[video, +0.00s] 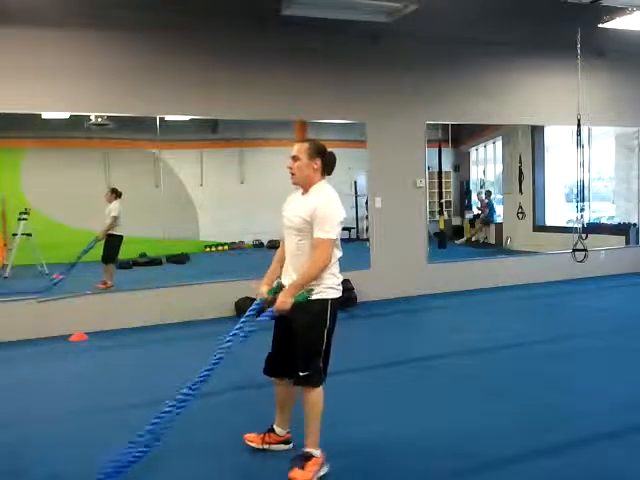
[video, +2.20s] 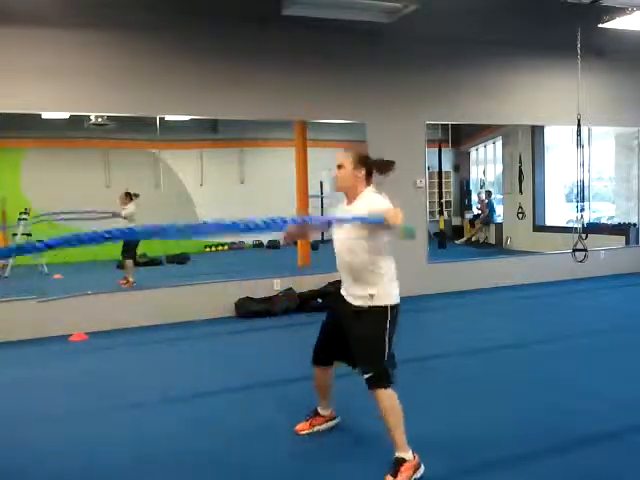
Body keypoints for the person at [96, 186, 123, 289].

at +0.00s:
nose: (106, 196)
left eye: (108, 194)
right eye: (106, 194)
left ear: (113, 195)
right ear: (113, 196)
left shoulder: (115, 205)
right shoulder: (111, 205)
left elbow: (113, 221)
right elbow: (110, 221)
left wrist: (103, 232)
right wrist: (102, 232)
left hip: (115, 234)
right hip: (111, 234)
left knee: (109, 259)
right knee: (106, 259)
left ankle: (109, 281)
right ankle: (106, 280)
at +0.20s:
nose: (110, 197)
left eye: (112, 195)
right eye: (110, 195)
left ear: (117, 196)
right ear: (116, 196)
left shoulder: (120, 206)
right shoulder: (115, 206)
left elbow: (120, 220)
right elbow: (115, 220)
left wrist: (110, 229)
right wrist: (109, 230)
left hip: (119, 235)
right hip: (115, 234)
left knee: (114, 260)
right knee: (116, 260)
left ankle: (110, 280)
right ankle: (122, 277)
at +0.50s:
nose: (115, 196)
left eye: (116, 194)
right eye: (115, 194)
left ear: (122, 194)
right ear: (121, 195)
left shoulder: (125, 204)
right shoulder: (121, 205)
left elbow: (120, 216)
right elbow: (118, 217)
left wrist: (109, 221)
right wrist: (109, 221)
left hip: (125, 232)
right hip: (122, 232)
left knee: (123, 258)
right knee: (122, 258)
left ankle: (124, 279)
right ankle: (124, 278)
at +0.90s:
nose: (120, 196)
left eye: (122, 194)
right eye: (120, 194)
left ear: (127, 194)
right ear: (125, 195)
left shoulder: (131, 204)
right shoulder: (124, 205)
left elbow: (132, 219)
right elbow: (123, 221)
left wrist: (122, 230)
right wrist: (116, 229)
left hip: (132, 233)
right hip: (125, 233)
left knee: (132, 259)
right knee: (125, 258)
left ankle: (131, 278)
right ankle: (125, 277)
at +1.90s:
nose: (124, 196)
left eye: (126, 194)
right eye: (125, 194)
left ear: (132, 196)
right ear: (130, 196)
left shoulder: (134, 204)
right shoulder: (129, 206)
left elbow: (131, 216)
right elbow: (121, 221)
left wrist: (119, 220)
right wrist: (110, 226)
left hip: (131, 235)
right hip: (127, 234)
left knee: (125, 259)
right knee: (124, 259)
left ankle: (125, 279)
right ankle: (124, 278)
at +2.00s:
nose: (127, 192)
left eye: (129, 191)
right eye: (128, 190)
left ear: (134, 192)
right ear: (133, 192)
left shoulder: (134, 202)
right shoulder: (130, 202)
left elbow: (125, 204)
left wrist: (112, 209)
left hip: (133, 229)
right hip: (129, 229)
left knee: (126, 255)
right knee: (126, 255)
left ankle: (127, 279)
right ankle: (126, 278)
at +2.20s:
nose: (121, 202)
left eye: (122, 199)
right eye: (121, 199)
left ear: (127, 199)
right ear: (129, 198)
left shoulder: (131, 208)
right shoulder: (129, 207)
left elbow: (124, 214)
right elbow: (124, 214)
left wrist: (117, 214)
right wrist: (117, 214)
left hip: (132, 233)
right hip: (130, 232)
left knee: (128, 256)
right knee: (126, 256)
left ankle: (130, 279)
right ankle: (127, 277)